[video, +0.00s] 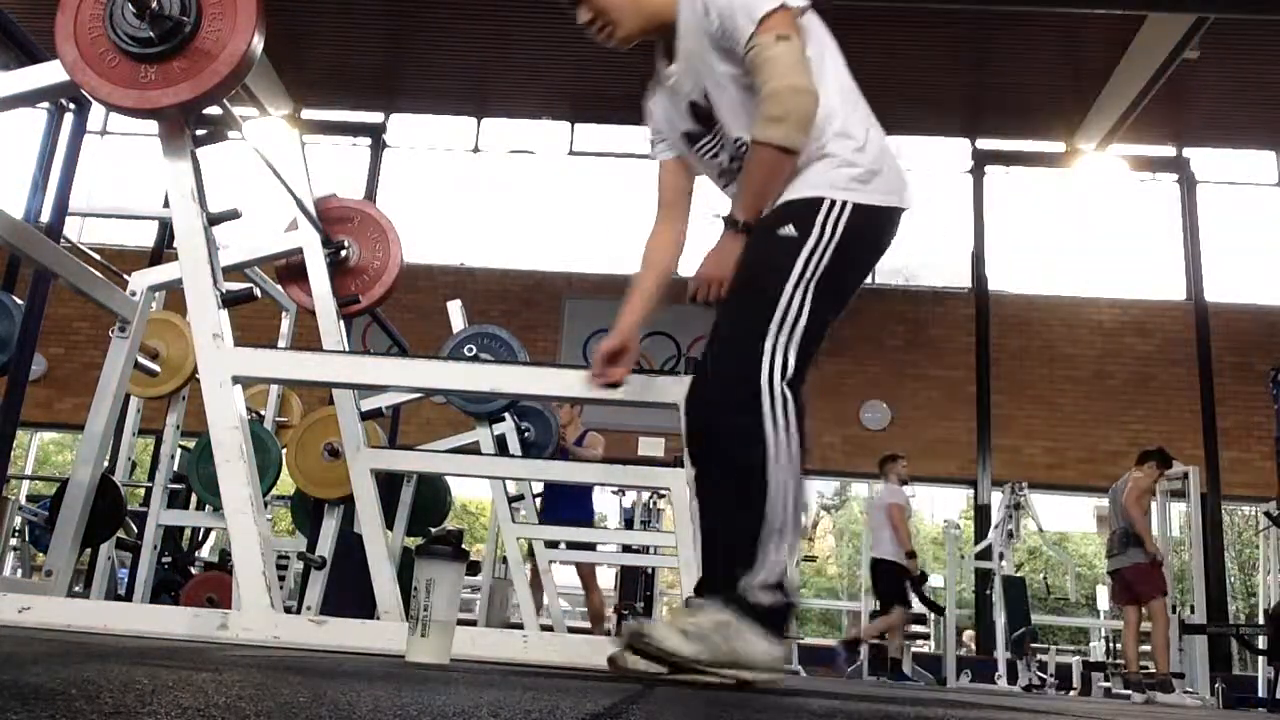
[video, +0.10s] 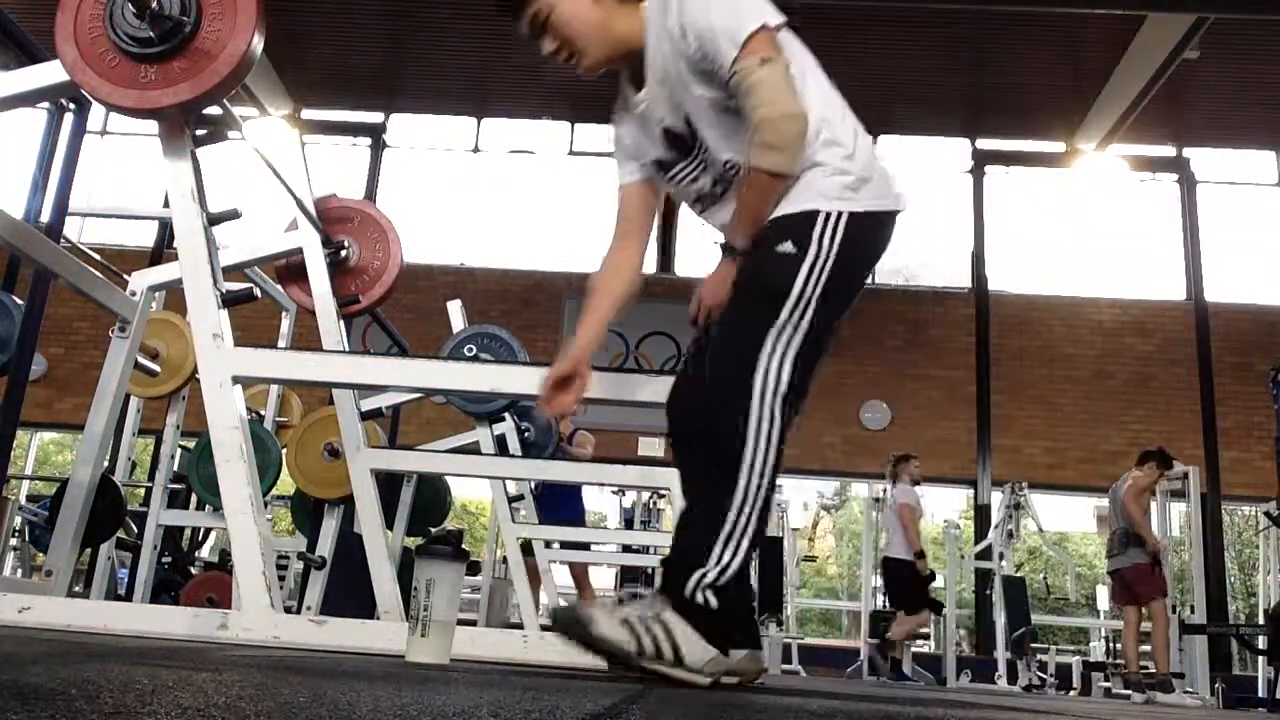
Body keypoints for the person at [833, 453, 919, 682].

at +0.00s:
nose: (907, 470)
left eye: (906, 466)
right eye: (903, 466)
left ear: (889, 472)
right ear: (891, 470)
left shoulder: (883, 494)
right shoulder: (894, 492)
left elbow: (889, 529)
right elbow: (898, 524)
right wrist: (910, 555)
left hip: (884, 560)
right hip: (889, 561)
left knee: (895, 616)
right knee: (898, 614)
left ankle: (895, 667)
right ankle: (852, 640)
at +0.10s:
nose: (918, 471)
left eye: (918, 467)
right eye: (915, 467)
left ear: (901, 471)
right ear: (903, 470)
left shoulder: (896, 492)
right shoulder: (905, 491)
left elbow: (904, 527)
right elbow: (908, 524)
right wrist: (919, 555)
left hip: (895, 558)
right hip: (902, 559)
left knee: (902, 613)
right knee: (922, 615)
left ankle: (896, 666)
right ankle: (885, 643)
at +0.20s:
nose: (932, 472)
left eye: (932, 468)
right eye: (928, 468)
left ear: (914, 472)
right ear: (917, 471)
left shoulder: (906, 494)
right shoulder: (919, 493)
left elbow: (908, 527)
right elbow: (919, 525)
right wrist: (930, 556)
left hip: (903, 561)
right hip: (917, 562)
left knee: (907, 612)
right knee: (942, 610)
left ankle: (895, 665)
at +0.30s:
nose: (946, 474)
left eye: (945, 470)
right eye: (942, 469)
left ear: (929, 475)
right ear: (930, 473)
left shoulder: (919, 498)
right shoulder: (933, 496)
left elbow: (921, 531)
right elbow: (932, 526)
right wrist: (942, 557)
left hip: (914, 563)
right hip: (930, 564)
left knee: (910, 614)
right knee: (952, 614)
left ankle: (893, 662)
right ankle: (959, 664)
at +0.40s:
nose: (960, 477)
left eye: (960, 473)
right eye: (956, 473)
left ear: (946, 477)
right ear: (944, 476)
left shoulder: (938, 499)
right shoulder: (945, 499)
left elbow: (942, 534)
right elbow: (947, 533)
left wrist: (953, 561)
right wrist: (957, 561)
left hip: (932, 568)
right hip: (943, 569)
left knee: (923, 614)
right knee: (965, 620)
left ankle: (900, 664)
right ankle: (980, 671)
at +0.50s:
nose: (975, 479)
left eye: (975, 475)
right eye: (972, 475)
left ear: (960, 478)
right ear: (960, 477)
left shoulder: (950, 502)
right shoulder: (962, 502)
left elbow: (955, 537)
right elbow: (965, 537)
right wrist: (973, 565)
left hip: (949, 569)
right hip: (963, 570)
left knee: (946, 618)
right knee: (983, 622)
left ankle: (913, 654)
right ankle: (985, 675)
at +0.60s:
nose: (990, 479)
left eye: (990, 475)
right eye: (987, 475)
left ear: (975, 480)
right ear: (975, 478)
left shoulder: (964, 502)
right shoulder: (976, 502)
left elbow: (970, 538)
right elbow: (980, 537)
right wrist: (989, 567)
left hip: (964, 567)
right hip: (977, 568)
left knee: (971, 622)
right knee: (987, 623)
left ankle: (938, 650)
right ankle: (985, 676)